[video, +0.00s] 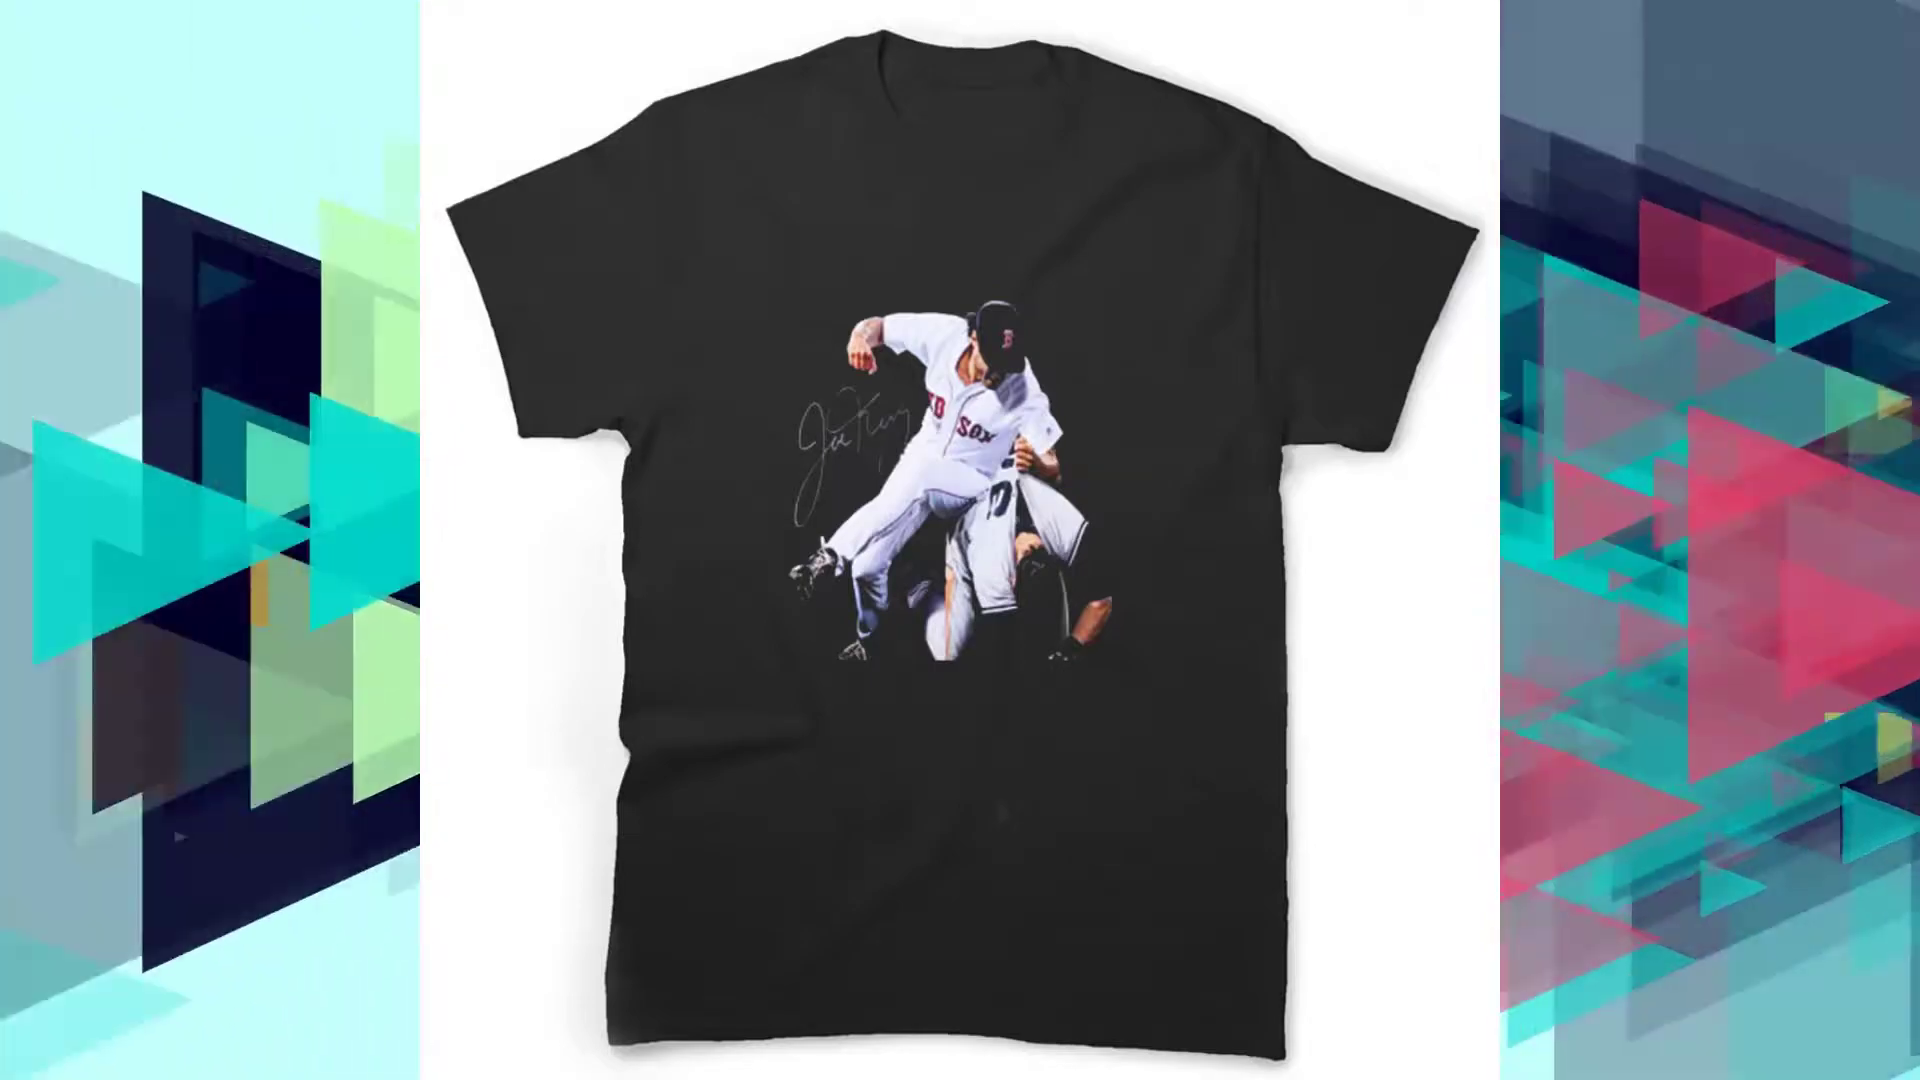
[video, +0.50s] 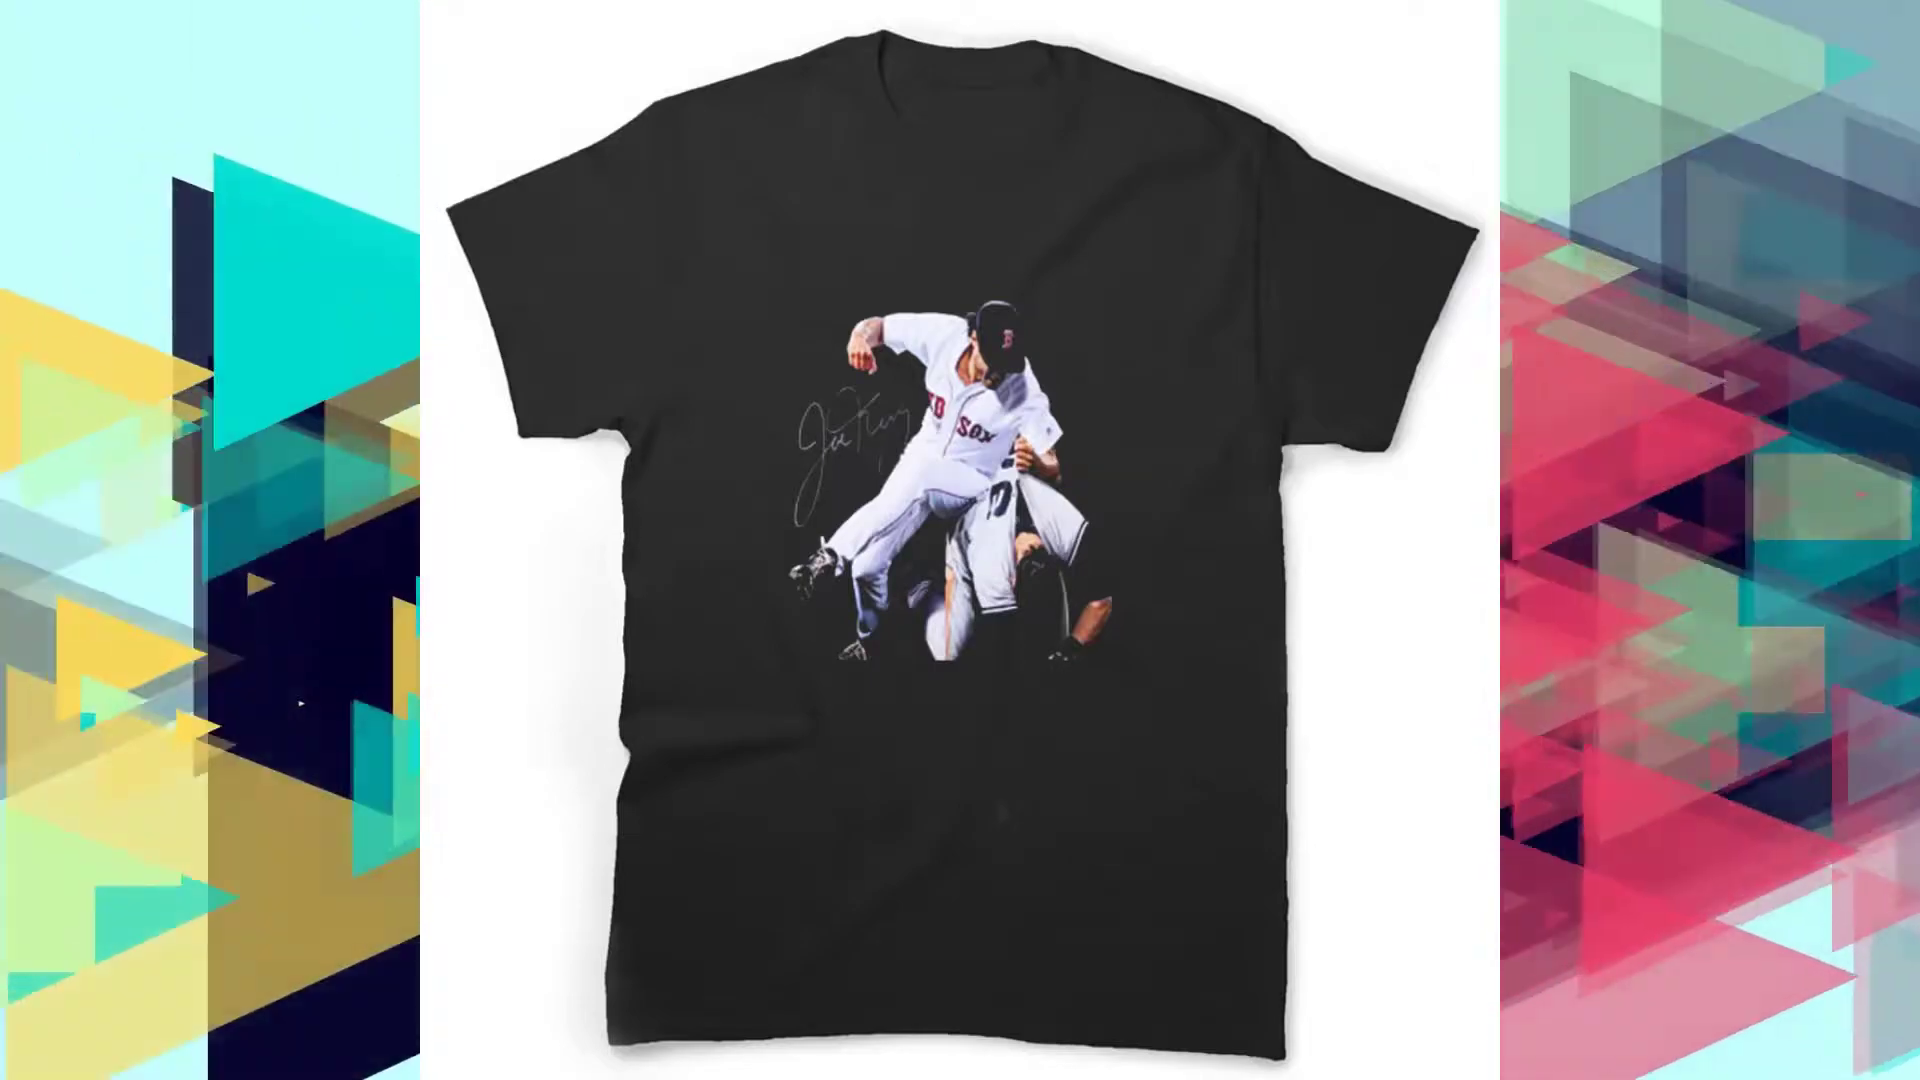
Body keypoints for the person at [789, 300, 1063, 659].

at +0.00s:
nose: (997, 374)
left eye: (1006, 367)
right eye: (991, 364)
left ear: (1017, 354)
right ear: (973, 341)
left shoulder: (1023, 389)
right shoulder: (946, 334)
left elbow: (1054, 468)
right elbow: (878, 327)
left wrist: (1038, 463)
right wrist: (861, 339)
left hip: (979, 482)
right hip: (922, 460)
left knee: (920, 476)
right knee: (867, 566)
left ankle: (828, 560)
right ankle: (871, 642)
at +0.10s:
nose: (997, 374)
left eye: (1006, 367)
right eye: (991, 364)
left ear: (1017, 354)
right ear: (973, 341)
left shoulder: (1023, 389)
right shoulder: (946, 334)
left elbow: (1054, 468)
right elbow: (878, 327)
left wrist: (1038, 463)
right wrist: (861, 339)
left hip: (979, 482)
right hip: (922, 460)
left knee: (920, 476)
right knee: (867, 566)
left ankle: (828, 560)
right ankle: (871, 642)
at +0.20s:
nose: (997, 374)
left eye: (1006, 367)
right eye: (991, 364)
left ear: (1017, 354)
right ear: (973, 341)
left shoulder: (1023, 389)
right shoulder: (946, 334)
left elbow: (1054, 468)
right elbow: (878, 327)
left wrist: (1038, 463)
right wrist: (861, 338)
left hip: (979, 482)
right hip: (922, 460)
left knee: (920, 476)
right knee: (867, 566)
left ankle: (828, 560)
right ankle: (871, 642)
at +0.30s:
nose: (997, 375)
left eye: (1006, 367)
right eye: (992, 365)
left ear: (1017, 354)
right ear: (973, 341)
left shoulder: (1024, 390)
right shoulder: (946, 334)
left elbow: (1053, 468)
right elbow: (877, 327)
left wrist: (1038, 463)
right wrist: (861, 339)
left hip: (978, 482)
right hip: (922, 460)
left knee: (920, 477)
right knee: (867, 566)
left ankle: (828, 560)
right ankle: (871, 641)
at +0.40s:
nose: (997, 374)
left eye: (1006, 367)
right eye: (992, 365)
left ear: (1017, 354)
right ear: (973, 341)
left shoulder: (1024, 390)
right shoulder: (946, 334)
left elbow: (1053, 468)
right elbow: (877, 327)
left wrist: (1038, 463)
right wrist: (861, 339)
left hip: (978, 482)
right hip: (922, 460)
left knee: (920, 477)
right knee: (867, 566)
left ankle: (828, 560)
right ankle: (871, 641)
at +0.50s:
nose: (997, 374)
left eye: (1006, 367)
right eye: (992, 365)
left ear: (1017, 354)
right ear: (973, 341)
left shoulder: (1024, 390)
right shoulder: (946, 334)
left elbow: (1053, 468)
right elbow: (877, 327)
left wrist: (1038, 463)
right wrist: (861, 339)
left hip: (978, 482)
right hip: (922, 460)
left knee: (920, 477)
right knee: (867, 566)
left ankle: (828, 560)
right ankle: (871, 641)